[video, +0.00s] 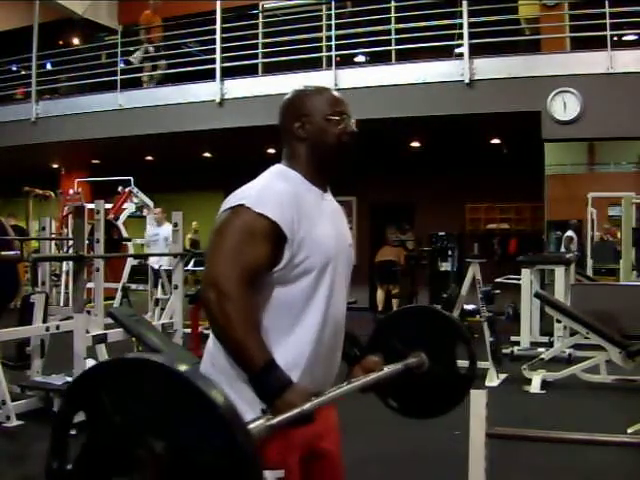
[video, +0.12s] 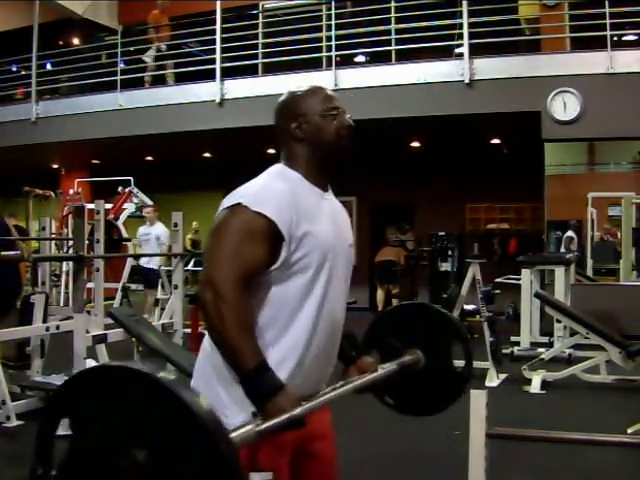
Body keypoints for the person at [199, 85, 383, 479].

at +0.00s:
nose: (351, 128)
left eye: (349, 119)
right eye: (336, 118)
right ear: (300, 128)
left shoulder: (329, 207)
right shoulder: (269, 196)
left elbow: (316, 306)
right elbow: (221, 290)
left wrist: (356, 357)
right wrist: (276, 387)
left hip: (316, 408)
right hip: (257, 415)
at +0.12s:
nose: (346, 122)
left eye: (343, 114)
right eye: (331, 114)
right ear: (297, 129)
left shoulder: (335, 211)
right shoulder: (266, 198)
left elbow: (315, 306)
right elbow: (218, 293)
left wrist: (353, 356)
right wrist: (267, 389)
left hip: (309, 407)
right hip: (247, 414)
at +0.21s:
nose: (340, 119)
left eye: (335, 111)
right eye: (324, 112)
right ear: (291, 129)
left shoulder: (332, 210)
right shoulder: (264, 199)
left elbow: (313, 304)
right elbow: (217, 294)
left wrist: (351, 356)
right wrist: (263, 395)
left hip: (306, 408)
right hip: (243, 418)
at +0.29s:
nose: (329, 114)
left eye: (324, 107)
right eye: (313, 110)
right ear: (281, 129)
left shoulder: (324, 207)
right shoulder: (257, 200)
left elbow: (318, 302)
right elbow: (218, 300)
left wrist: (352, 361)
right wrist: (262, 402)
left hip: (305, 409)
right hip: (242, 421)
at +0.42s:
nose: (315, 111)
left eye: (309, 104)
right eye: (298, 106)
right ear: (268, 126)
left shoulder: (320, 206)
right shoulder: (245, 201)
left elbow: (324, 300)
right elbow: (222, 307)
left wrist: (352, 364)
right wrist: (262, 407)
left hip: (305, 406)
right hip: (242, 419)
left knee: (318, 473)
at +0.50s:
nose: (308, 107)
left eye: (303, 100)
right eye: (291, 103)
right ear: (261, 125)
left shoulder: (318, 204)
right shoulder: (242, 202)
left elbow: (326, 300)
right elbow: (225, 309)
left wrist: (354, 367)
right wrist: (263, 410)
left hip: (305, 409)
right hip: (241, 422)